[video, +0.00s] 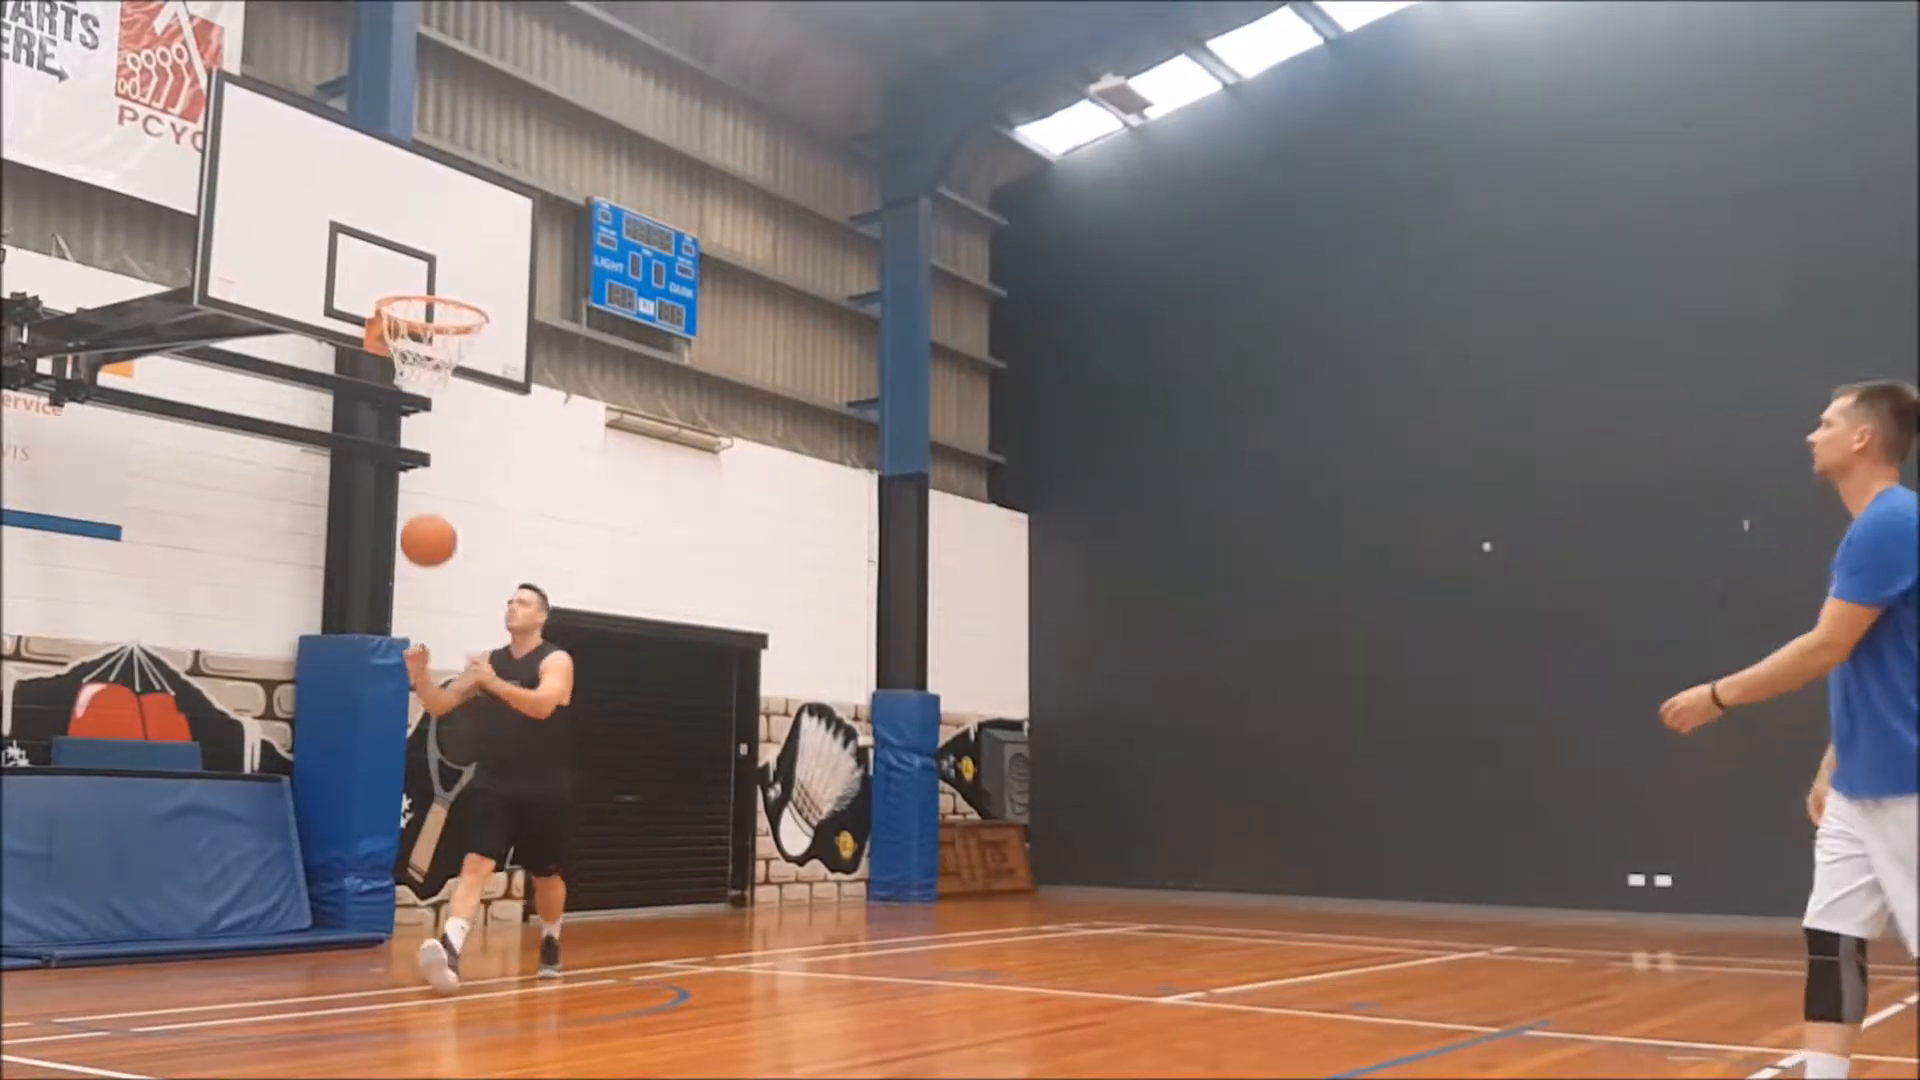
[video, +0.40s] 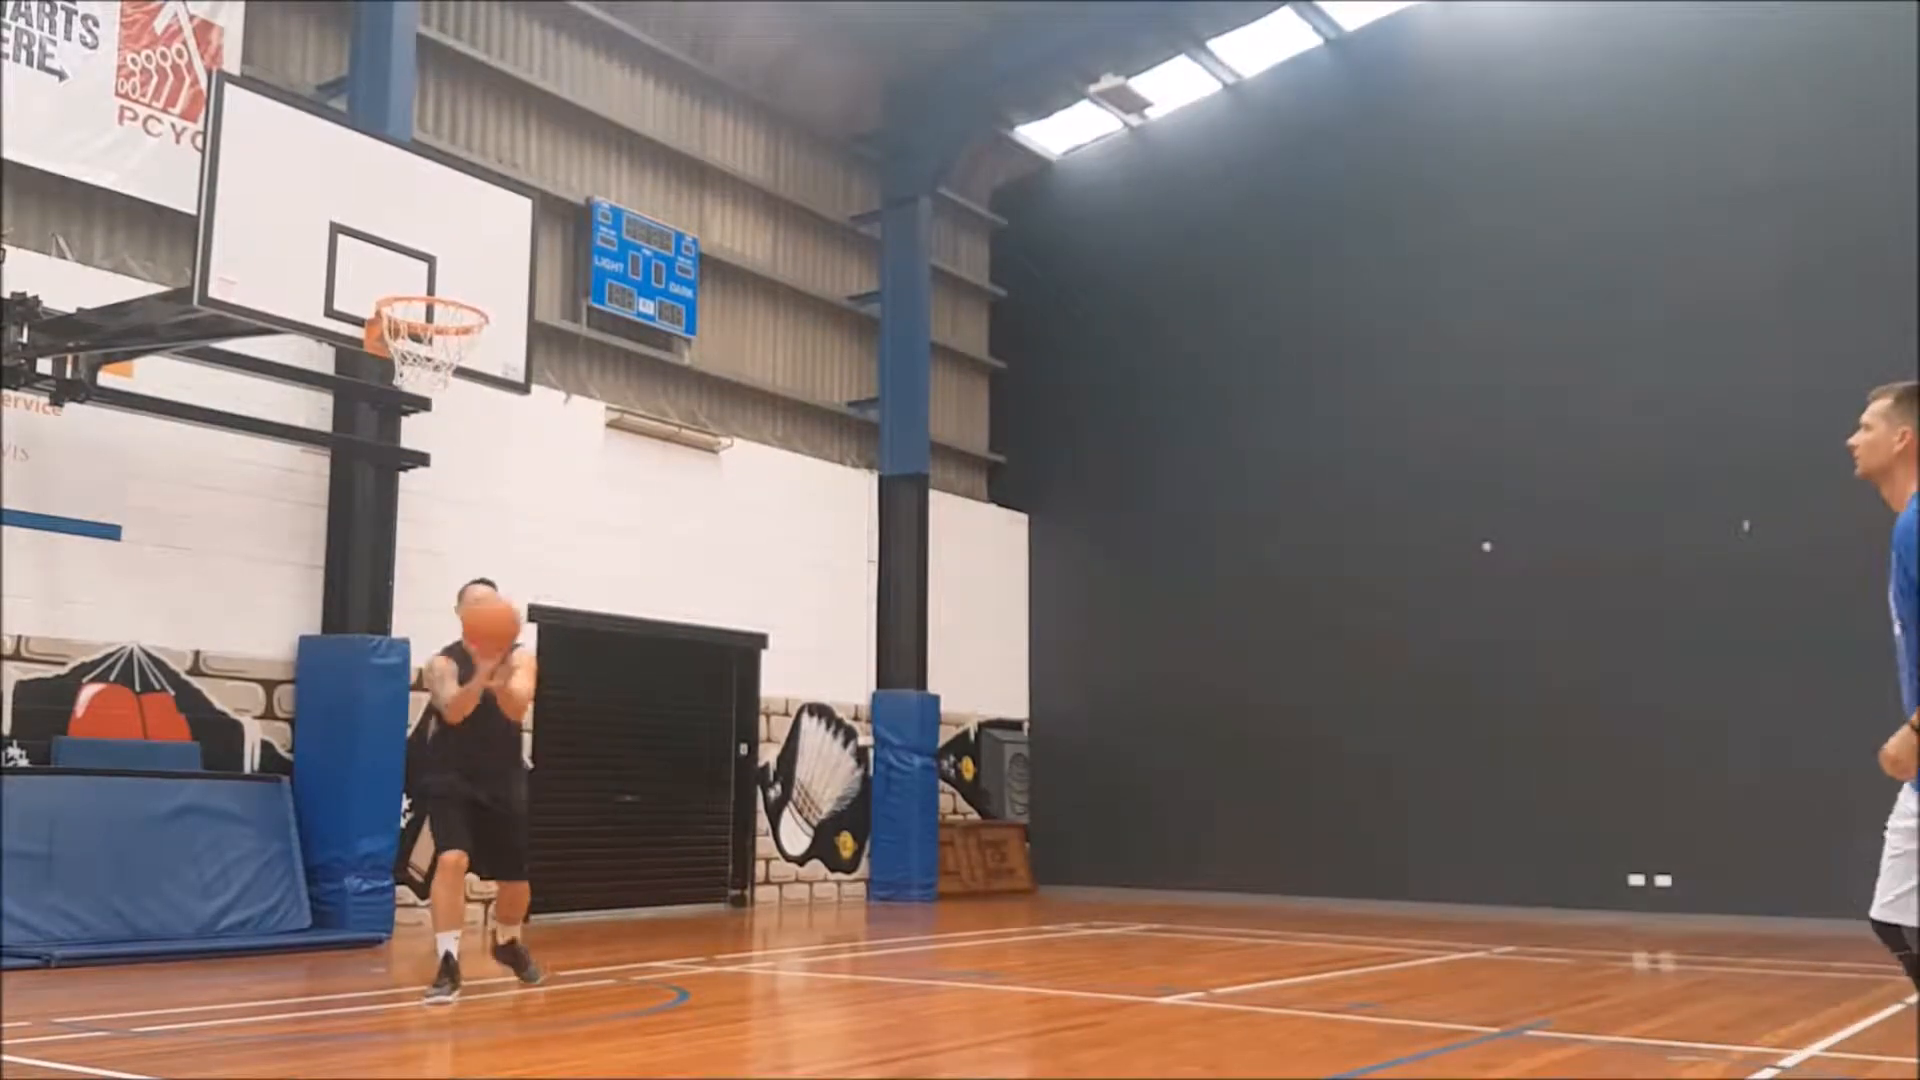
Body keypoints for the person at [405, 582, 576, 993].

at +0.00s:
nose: (513, 607)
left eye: (524, 603)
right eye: (511, 602)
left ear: (543, 617)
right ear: (505, 615)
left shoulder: (556, 660)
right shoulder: (489, 661)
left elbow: (542, 706)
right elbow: (441, 704)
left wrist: (491, 680)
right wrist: (419, 677)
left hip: (543, 786)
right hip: (493, 783)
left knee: (546, 872)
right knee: (476, 862)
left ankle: (550, 942)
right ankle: (449, 951)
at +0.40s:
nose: (483, 617)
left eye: (489, 608)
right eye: (474, 609)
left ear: (503, 612)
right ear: (460, 615)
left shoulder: (519, 658)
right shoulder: (444, 661)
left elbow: (518, 710)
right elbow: (453, 711)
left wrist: (499, 678)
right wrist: (483, 671)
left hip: (504, 777)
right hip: (449, 776)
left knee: (515, 872)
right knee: (453, 858)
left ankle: (508, 944)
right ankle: (448, 965)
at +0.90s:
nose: (490, 581)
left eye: (494, 575)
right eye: (480, 575)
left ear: (500, 586)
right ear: (459, 585)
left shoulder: (512, 639)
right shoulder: (444, 635)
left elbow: (526, 692)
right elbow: (448, 703)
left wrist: (535, 725)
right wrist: (510, 718)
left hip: (496, 769)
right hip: (447, 769)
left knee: (495, 862)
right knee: (452, 861)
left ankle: (484, 955)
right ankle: (441, 965)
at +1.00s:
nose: (494, 585)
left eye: (499, 579)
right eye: (485, 578)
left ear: (504, 590)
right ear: (464, 588)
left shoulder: (516, 643)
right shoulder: (445, 640)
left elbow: (531, 704)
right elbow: (434, 710)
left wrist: (543, 755)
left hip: (500, 769)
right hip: (451, 768)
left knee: (494, 863)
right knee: (454, 861)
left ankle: (484, 956)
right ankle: (442, 963)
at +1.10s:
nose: (500, 586)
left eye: (505, 580)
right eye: (491, 580)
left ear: (510, 591)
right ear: (471, 589)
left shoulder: (525, 645)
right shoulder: (447, 641)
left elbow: (534, 713)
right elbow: (417, 708)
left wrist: (544, 773)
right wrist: (397, 770)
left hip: (504, 777)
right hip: (454, 775)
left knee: (491, 865)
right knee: (452, 863)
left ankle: (483, 956)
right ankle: (439, 965)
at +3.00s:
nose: (447, 591)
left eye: (455, 589)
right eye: (440, 590)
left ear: (467, 608)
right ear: (429, 609)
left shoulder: (490, 653)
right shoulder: (409, 658)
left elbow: (515, 706)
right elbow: (390, 710)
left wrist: (519, 732)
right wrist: (382, 736)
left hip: (472, 778)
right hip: (418, 777)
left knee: (473, 861)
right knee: (415, 866)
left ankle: (463, 956)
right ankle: (413, 952)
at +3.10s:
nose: (459, 588)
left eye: (467, 587)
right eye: (452, 587)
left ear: (479, 607)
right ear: (442, 606)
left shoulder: (499, 651)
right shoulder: (420, 655)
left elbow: (532, 701)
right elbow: (392, 715)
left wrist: (517, 711)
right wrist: (381, 698)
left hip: (480, 771)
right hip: (427, 769)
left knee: (482, 862)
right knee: (417, 862)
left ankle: (463, 957)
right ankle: (413, 947)